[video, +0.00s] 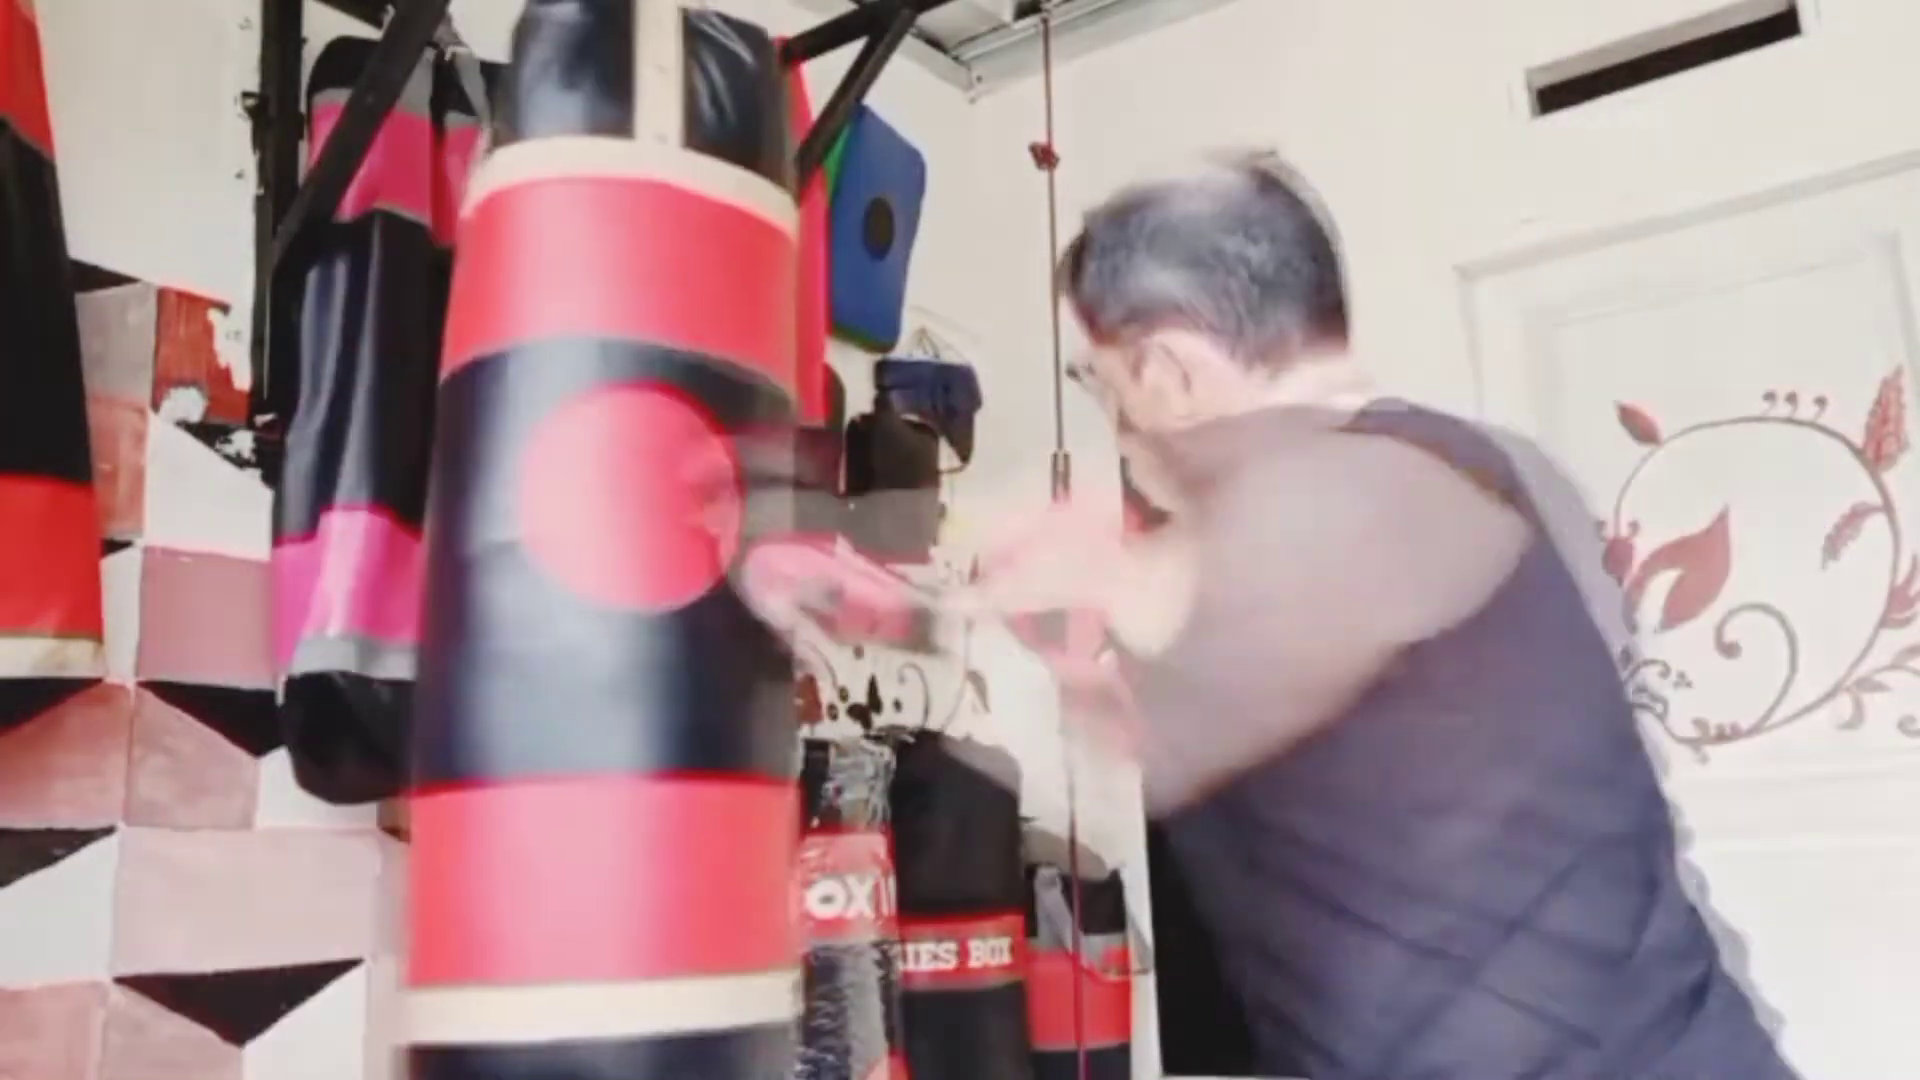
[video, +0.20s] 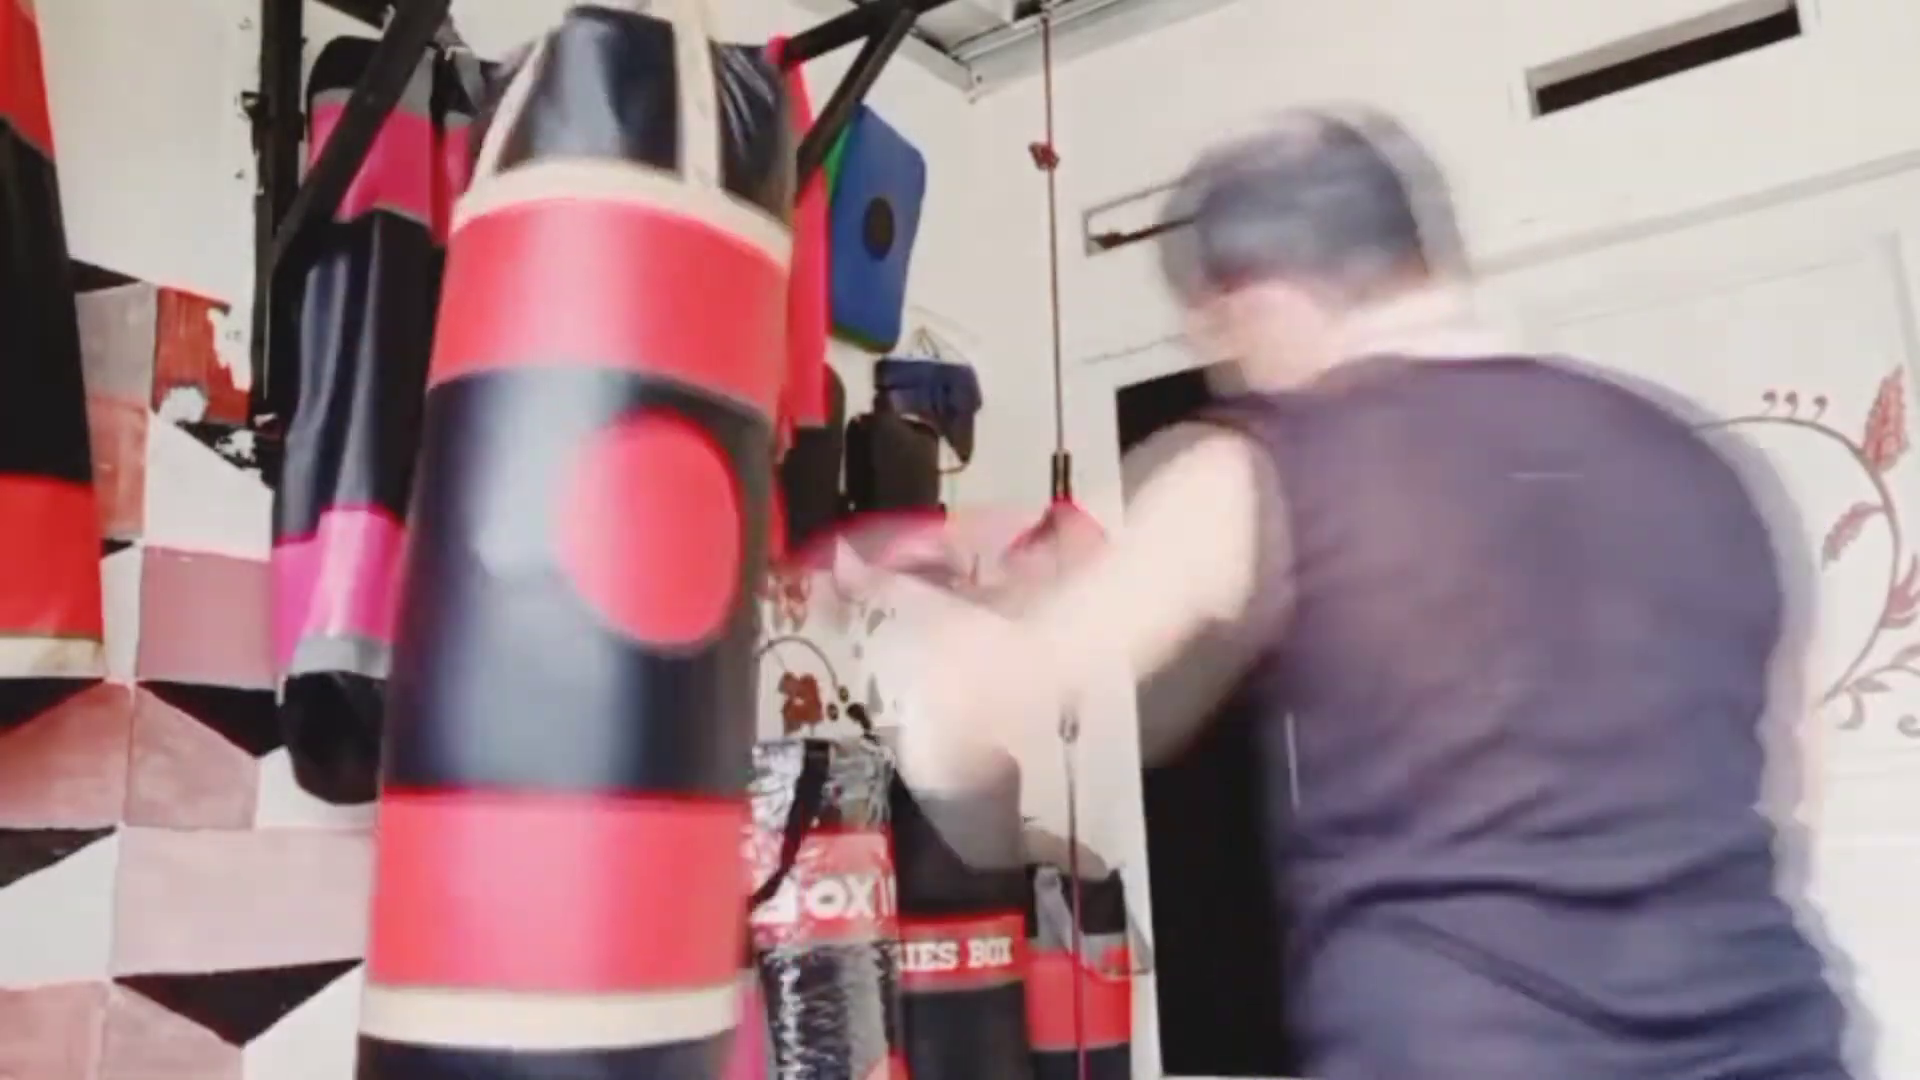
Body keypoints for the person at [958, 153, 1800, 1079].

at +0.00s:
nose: (1109, 423)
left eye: (1102, 380)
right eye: (1096, 384)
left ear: (1171, 365)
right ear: (1315, 323)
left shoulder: (1328, 499)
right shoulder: (1470, 461)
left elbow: (1115, 771)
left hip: (1534, 1059)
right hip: (1673, 1038)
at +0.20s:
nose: (1230, 365)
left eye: (1224, 328)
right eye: (1217, 335)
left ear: (1271, 289)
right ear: (1423, 260)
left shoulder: (1266, 469)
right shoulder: (1711, 457)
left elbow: (1006, 731)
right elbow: (1783, 813)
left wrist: (925, 613)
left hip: (1447, 1037)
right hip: (1763, 1032)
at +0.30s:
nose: (1333, 378)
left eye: (1320, 337)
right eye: (1316, 345)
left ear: (1375, 296)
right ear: (1540, 275)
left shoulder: (1378, 523)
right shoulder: (1803, 488)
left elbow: (1113, 879)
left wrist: (1130, 670)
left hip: (1541, 1048)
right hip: (1845, 1043)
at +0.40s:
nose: (1355, 332)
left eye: (1350, 287)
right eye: (1343, 292)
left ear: (1412, 248)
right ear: (1582, 228)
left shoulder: (1397, 454)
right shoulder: (1825, 446)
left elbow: (1151, 808)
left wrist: (1176, 601)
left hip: (1525, 1048)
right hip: (1850, 1044)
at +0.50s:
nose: (1341, 275)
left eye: (1335, 231)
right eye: (1331, 239)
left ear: (1385, 198)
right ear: (1581, 190)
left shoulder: (1308, 373)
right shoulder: (1816, 377)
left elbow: (1147, 745)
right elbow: (1851, 773)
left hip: (1390, 1035)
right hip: (1793, 1039)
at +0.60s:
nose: (1328, 290)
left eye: (1326, 260)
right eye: (1322, 264)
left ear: (1365, 236)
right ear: (1582, 224)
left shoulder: (1269, 417)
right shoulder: (1801, 414)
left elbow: (1045, 752)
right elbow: (1872, 825)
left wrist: (1098, 953)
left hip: (1333, 1038)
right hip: (1707, 1045)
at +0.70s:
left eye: (1272, 279)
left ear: (1284, 278)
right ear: (1492, 267)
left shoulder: (1158, 509)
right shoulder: (1643, 496)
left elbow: (867, 912)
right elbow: (1675, 916)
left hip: (1237, 1053)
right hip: (1554, 1051)